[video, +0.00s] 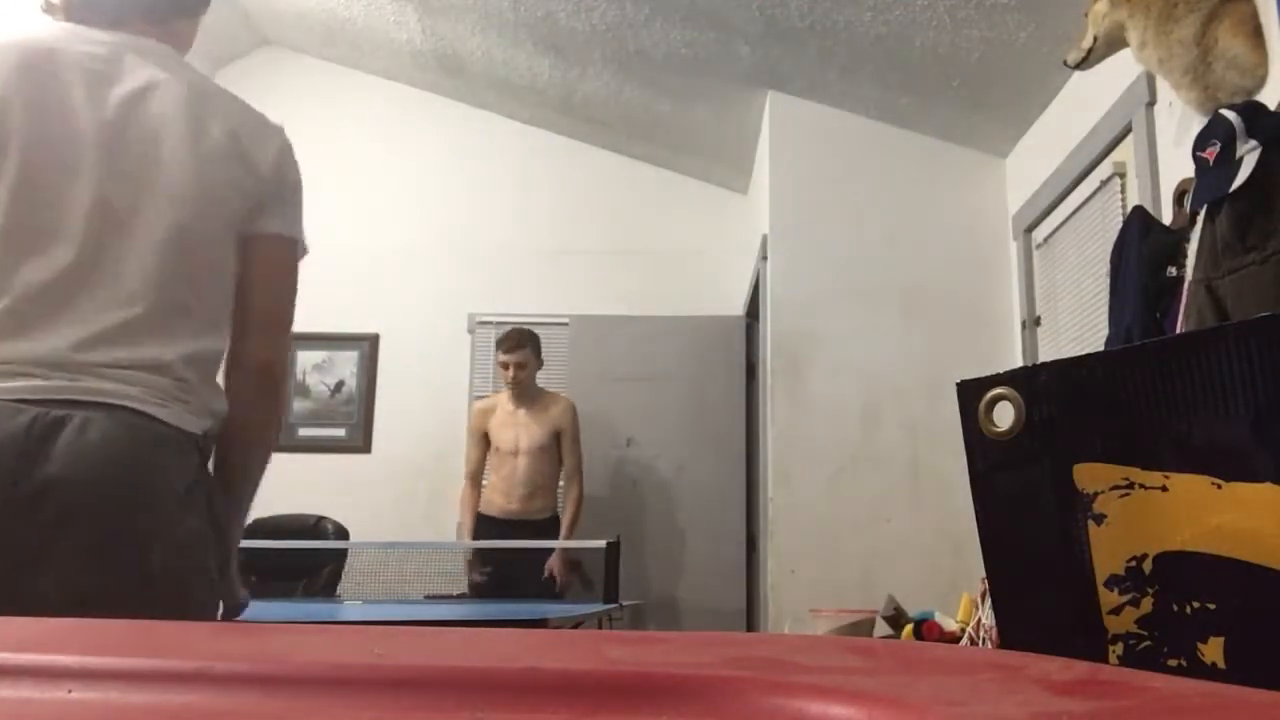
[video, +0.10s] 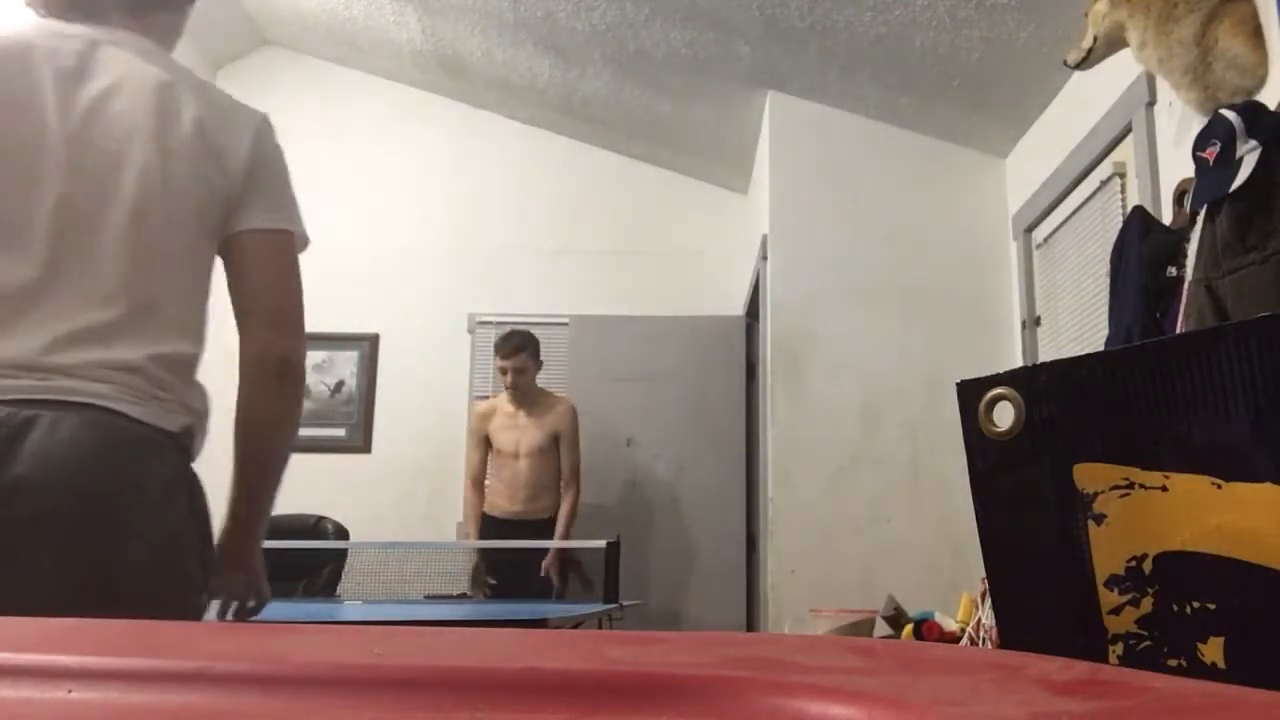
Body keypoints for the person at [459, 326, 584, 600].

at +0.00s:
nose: (511, 375)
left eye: (521, 366)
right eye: (505, 366)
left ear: (538, 364)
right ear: (497, 365)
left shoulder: (560, 409)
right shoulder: (483, 411)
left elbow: (573, 483)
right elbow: (472, 482)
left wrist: (561, 550)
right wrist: (466, 545)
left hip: (541, 531)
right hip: (490, 529)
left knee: (536, 629)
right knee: (486, 626)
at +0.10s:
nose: (510, 381)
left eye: (519, 372)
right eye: (503, 372)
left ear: (538, 366)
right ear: (495, 368)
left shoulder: (561, 413)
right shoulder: (484, 414)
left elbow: (570, 487)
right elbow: (474, 484)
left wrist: (557, 550)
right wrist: (473, 547)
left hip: (542, 530)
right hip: (494, 528)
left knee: (536, 624)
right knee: (492, 624)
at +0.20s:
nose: (506, 392)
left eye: (515, 382)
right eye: (499, 382)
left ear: (534, 371)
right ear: (492, 376)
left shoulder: (559, 415)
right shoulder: (484, 417)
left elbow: (567, 494)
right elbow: (479, 493)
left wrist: (547, 560)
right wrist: (479, 556)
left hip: (547, 531)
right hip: (499, 530)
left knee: (547, 627)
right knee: (499, 629)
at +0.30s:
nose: (501, 396)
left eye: (509, 387)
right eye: (494, 388)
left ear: (529, 375)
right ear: (488, 383)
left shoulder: (558, 415)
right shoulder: (485, 417)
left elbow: (568, 495)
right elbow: (483, 492)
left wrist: (545, 562)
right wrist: (483, 556)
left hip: (550, 532)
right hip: (503, 532)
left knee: (551, 630)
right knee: (501, 631)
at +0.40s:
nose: (500, 401)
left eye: (507, 391)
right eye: (491, 393)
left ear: (525, 376)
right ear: (484, 387)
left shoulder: (556, 415)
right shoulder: (485, 421)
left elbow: (574, 492)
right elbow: (488, 494)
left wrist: (552, 559)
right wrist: (489, 558)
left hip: (557, 531)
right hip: (511, 532)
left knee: (556, 628)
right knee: (511, 630)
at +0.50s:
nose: (504, 406)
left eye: (510, 396)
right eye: (495, 399)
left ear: (527, 379)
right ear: (487, 394)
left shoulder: (560, 417)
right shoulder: (489, 428)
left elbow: (584, 492)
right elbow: (491, 501)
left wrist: (561, 559)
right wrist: (492, 564)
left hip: (564, 533)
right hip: (518, 535)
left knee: (563, 630)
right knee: (516, 631)